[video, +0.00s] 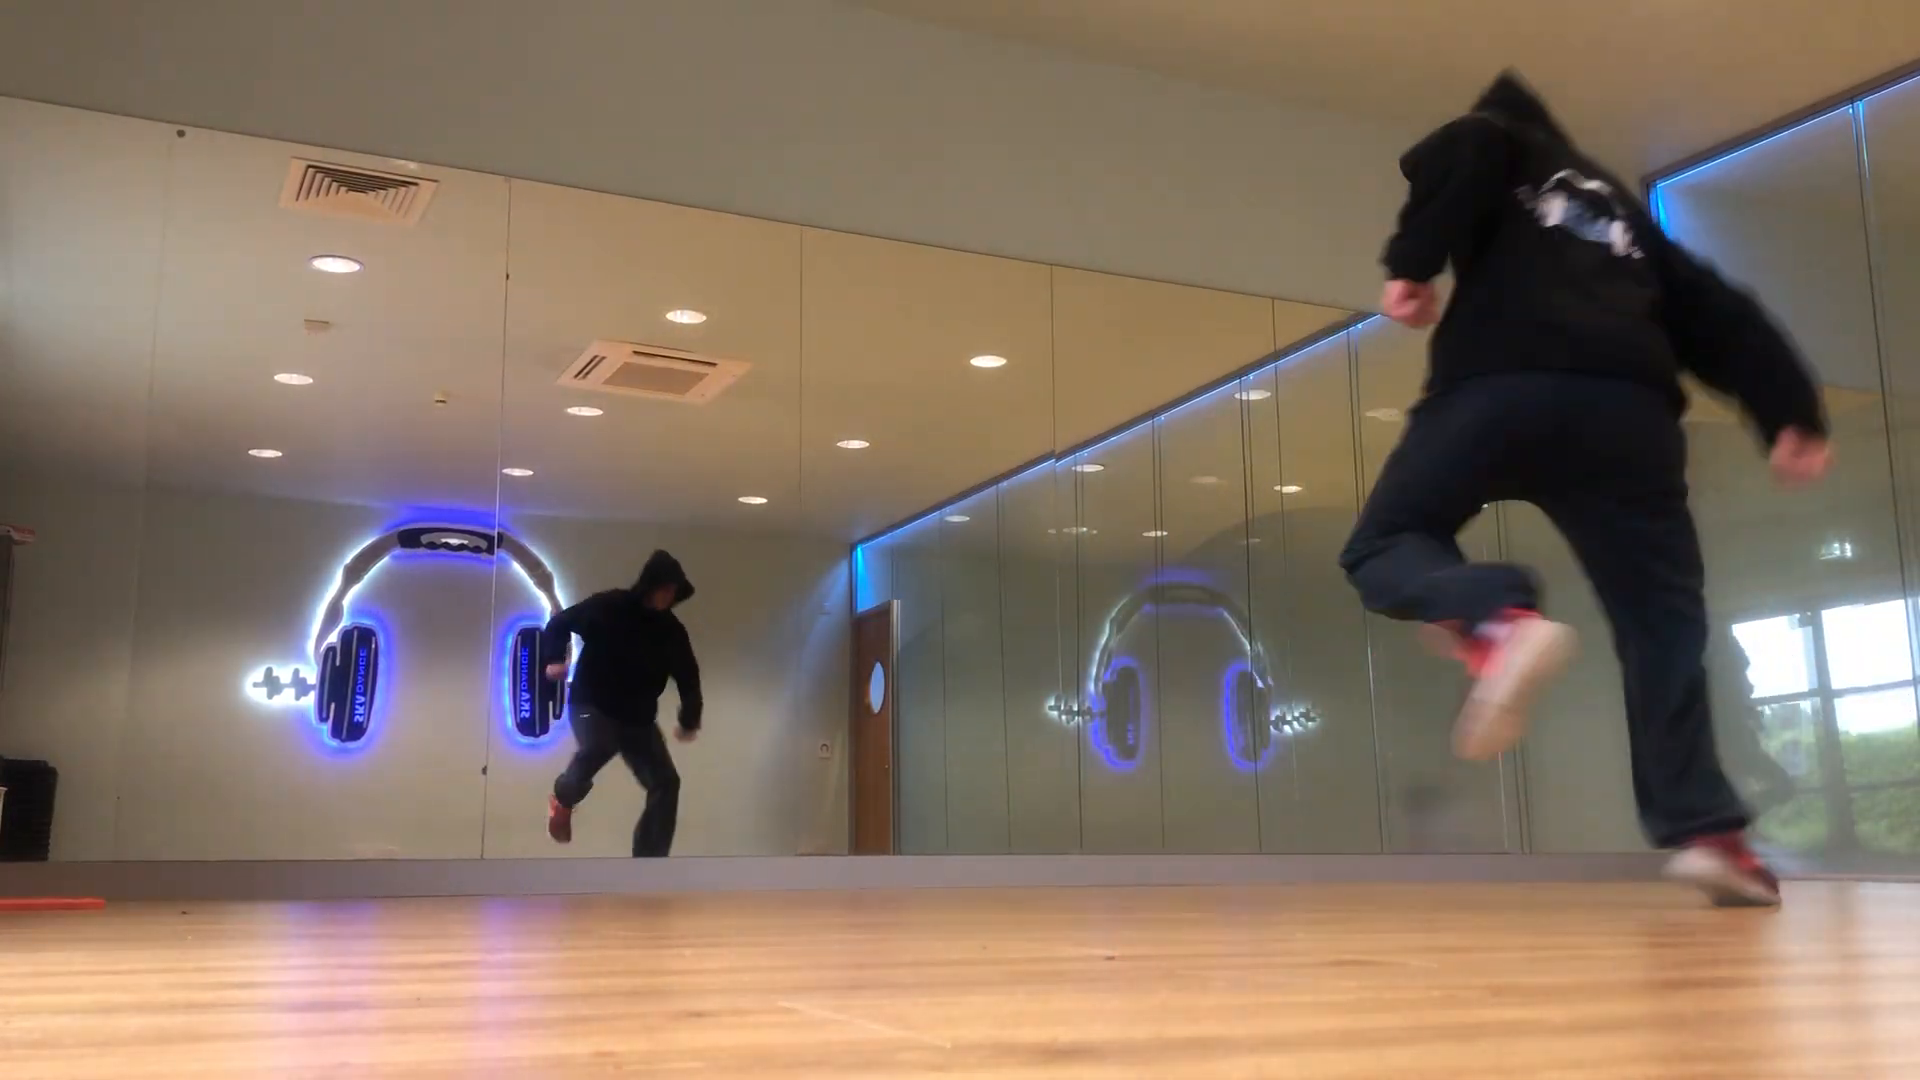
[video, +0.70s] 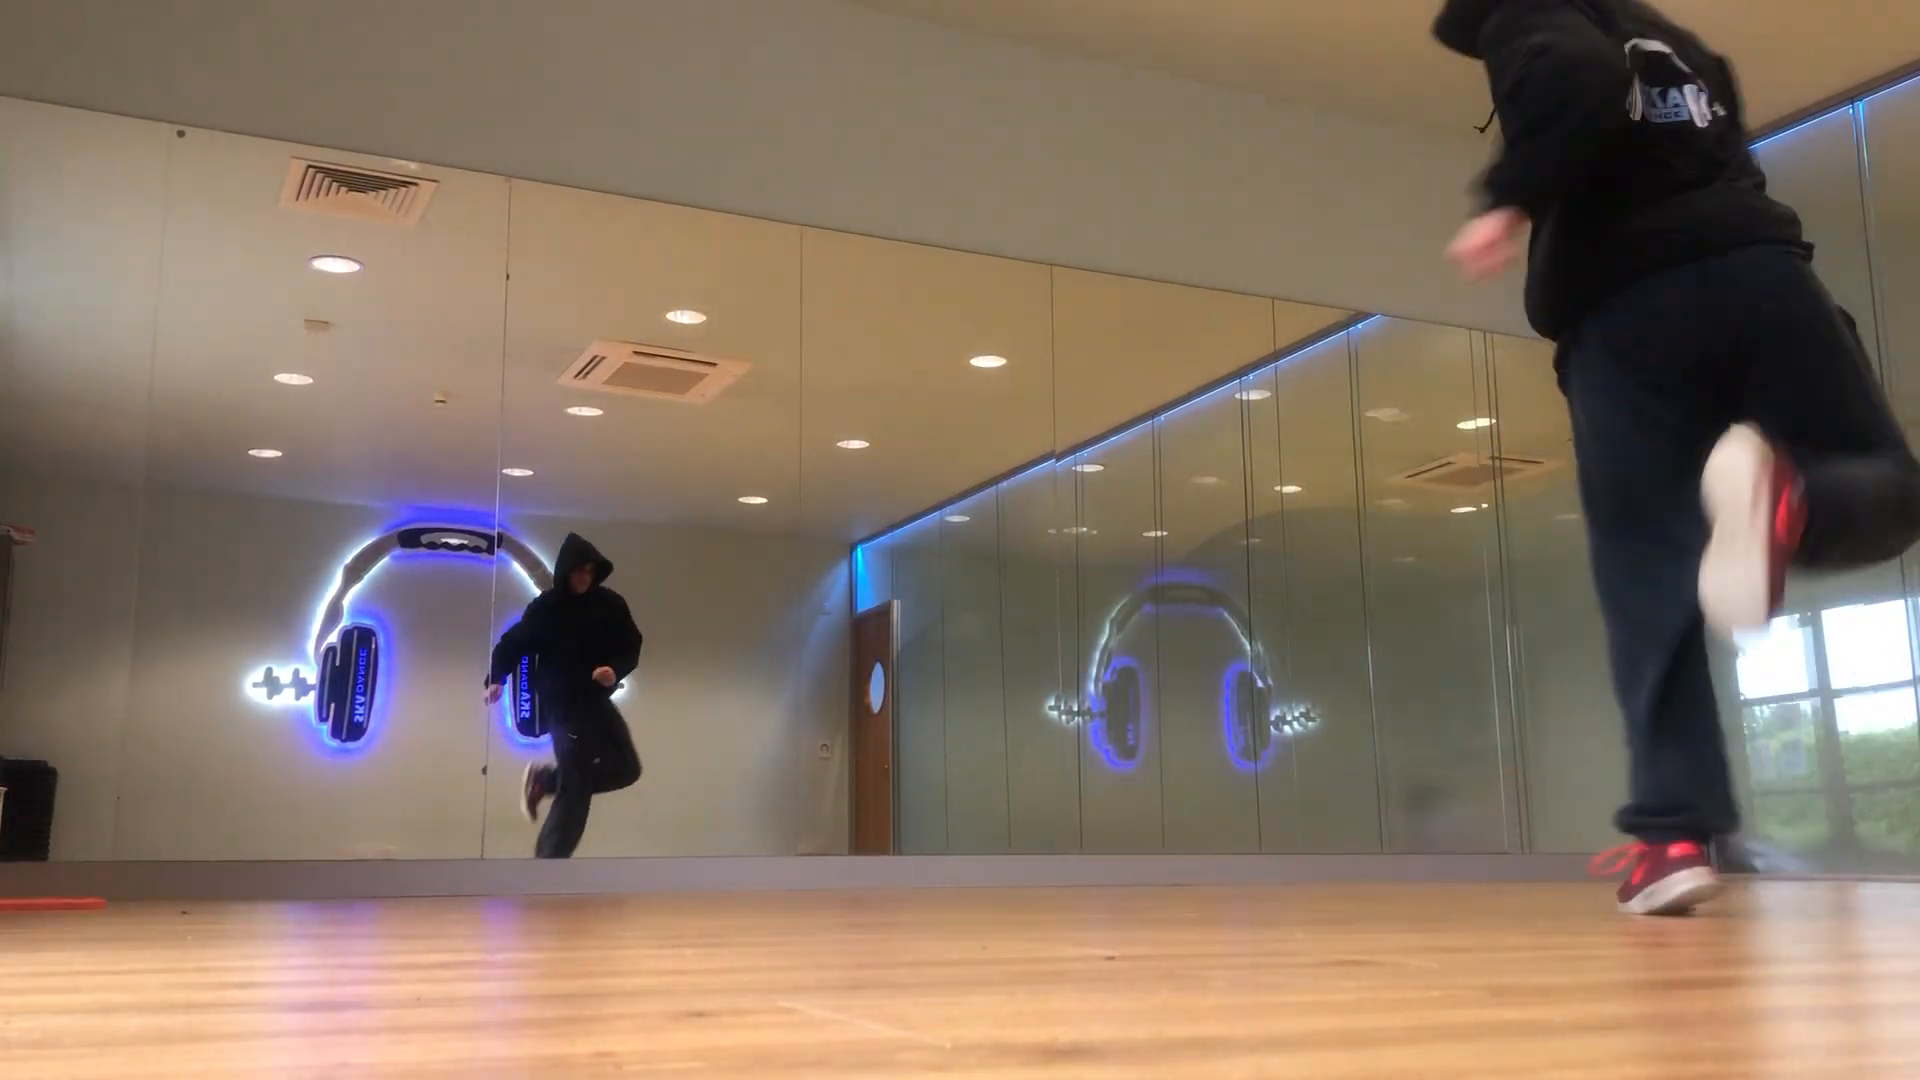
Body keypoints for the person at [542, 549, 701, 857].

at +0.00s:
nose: (668, 597)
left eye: (673, 591)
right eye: (665, 589)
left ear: (675, 594)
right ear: (650, 585)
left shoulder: (672, 631)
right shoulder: (610, 606)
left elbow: (688, 677)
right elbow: (558, 624)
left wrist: (689, 719)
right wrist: (554, 659)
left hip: (636, 718)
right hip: (591, 707)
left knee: (665, 783)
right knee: (599, 747)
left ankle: (648, 868)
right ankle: (562, 801)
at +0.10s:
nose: (646, 584)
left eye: (652, 578)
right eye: (641, 576)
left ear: (658, 580)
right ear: (627, 574)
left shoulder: (668, 615)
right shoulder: (600, 602)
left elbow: (683, 655)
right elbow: (551, 633)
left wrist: (668, 697)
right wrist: (571, 641)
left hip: (649, 717)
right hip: (598, 715)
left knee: (665, 781)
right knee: (562, 773)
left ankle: (664, 859)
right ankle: (565, 831)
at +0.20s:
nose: (622, 596)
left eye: (628, 589)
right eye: (617, 589)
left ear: (635, 589)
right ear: (605, 588)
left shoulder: (652, 619)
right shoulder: (586, 616)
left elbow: (678, 652)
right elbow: (555, 661)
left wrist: (664, 698)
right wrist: (587, 642)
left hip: (643, 723)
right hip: (598, 724)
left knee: (649, 795)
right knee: (572, 793)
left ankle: (668, 868)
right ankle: (561, 870)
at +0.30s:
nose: (600, 621)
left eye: (604, 613)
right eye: (594, 614)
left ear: (612, 611)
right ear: (582, 614)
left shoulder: (629, 637)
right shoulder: (566, 641)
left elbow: (661, 666)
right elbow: (560, 688)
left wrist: (672, 707)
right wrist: (594, 670)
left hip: (640, 732)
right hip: (595, 735)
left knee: (656, 796)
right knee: (584, 804)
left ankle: (674, 865)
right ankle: (577, 872)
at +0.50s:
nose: (584, 606)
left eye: (587, 600)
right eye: (580, 599)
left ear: (592, 602)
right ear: (570, 601)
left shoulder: (610, 634)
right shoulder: (544, 640)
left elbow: (639, 675)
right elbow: (513, 679)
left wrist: (654, 715)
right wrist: (499, 713)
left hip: (620, 728)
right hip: (577, 735)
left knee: (645, 767)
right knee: (570, 800)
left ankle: (672, 766)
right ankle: (581, 867)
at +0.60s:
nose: (582, 583)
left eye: (587, 576)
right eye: (576, 577)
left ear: (593, 578)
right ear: (563, 578)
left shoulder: (609, 611)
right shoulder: (542, 616)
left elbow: (631, 652)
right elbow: (506, 650)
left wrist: (628, 691)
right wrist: (494, 685)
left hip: (612, 708)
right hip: (571, 713)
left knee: (650, 762)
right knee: (577, 790)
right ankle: (575, 866)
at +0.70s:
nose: (583, 576)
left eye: (589, 570)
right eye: (577, 570)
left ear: (595, 572)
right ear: (565, 571)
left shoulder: (610, 604)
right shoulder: (546, 607)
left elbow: (632, 645)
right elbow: (512, 643)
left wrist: (616, 669)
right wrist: (496, 678)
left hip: (598, 702)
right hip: (561, 705)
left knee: (626, 769)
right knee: (575, 786)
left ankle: (547, 781)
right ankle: (547, 868)